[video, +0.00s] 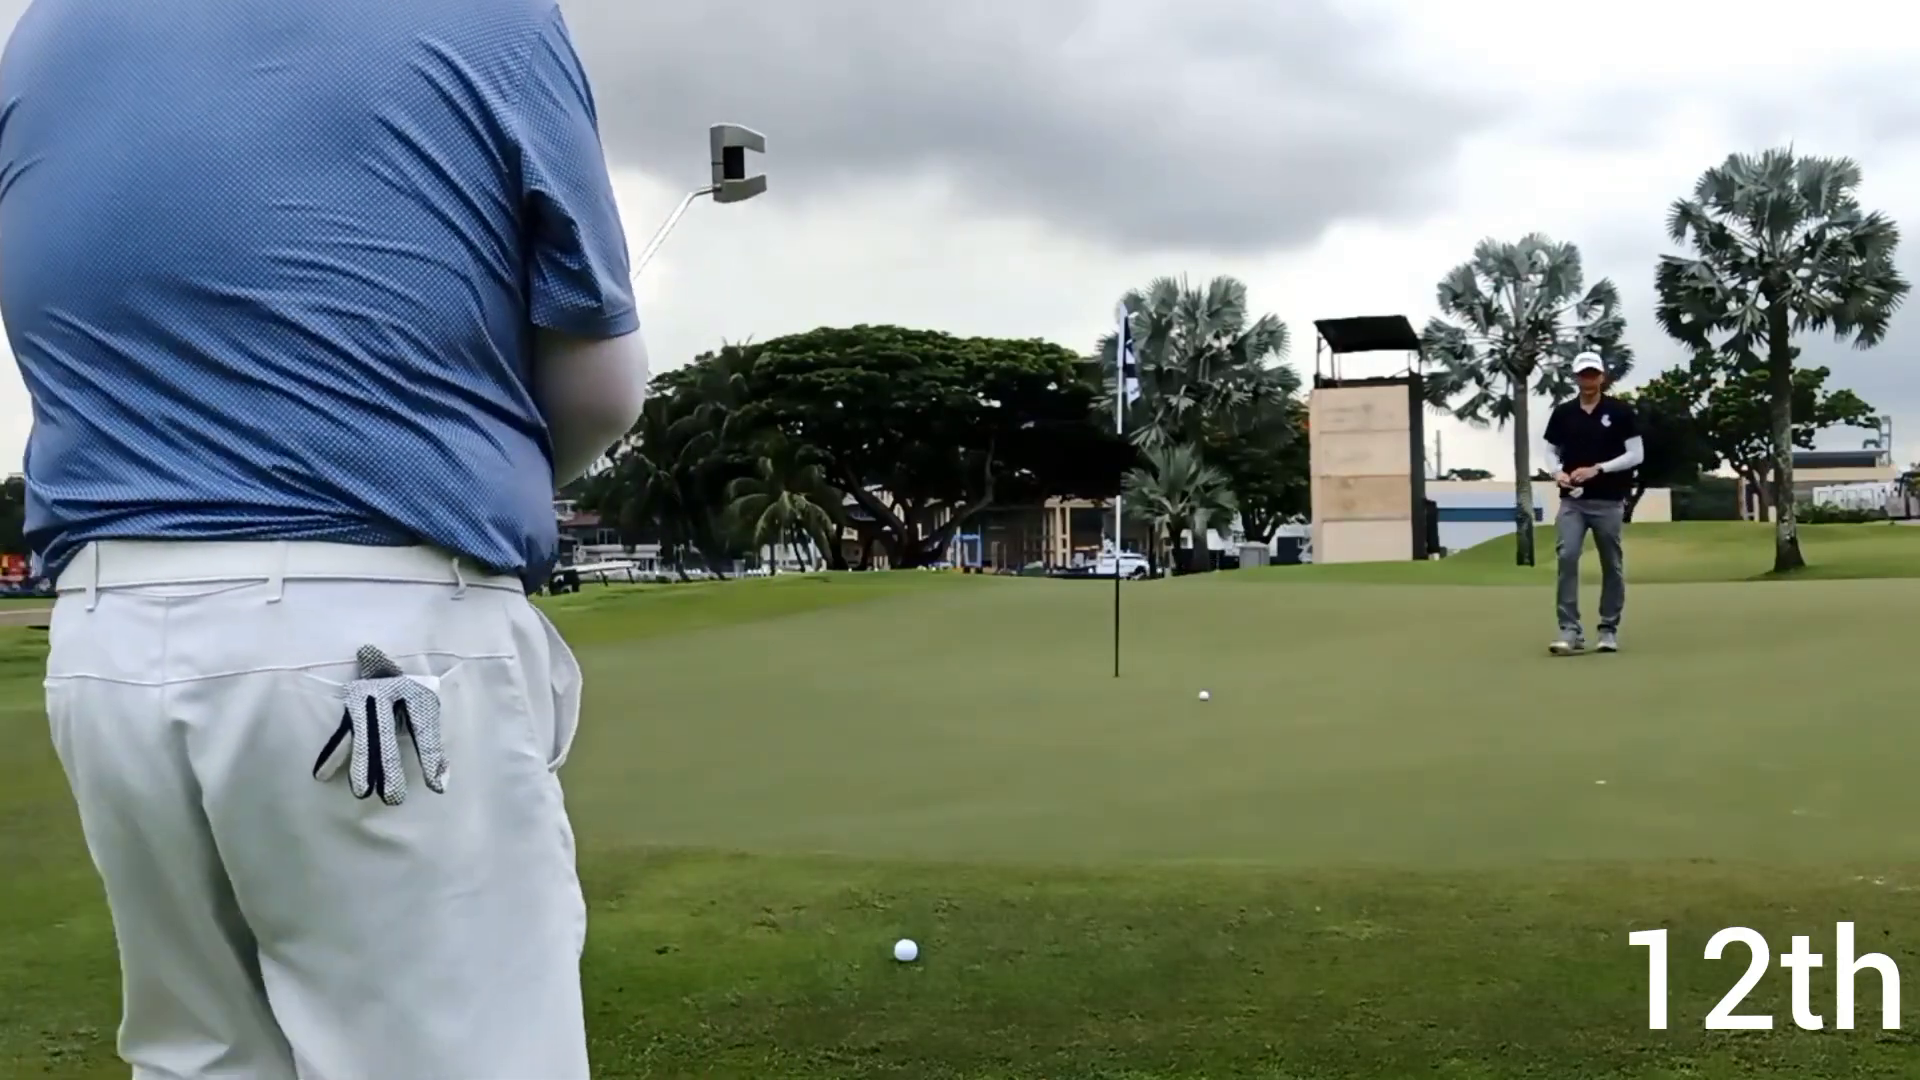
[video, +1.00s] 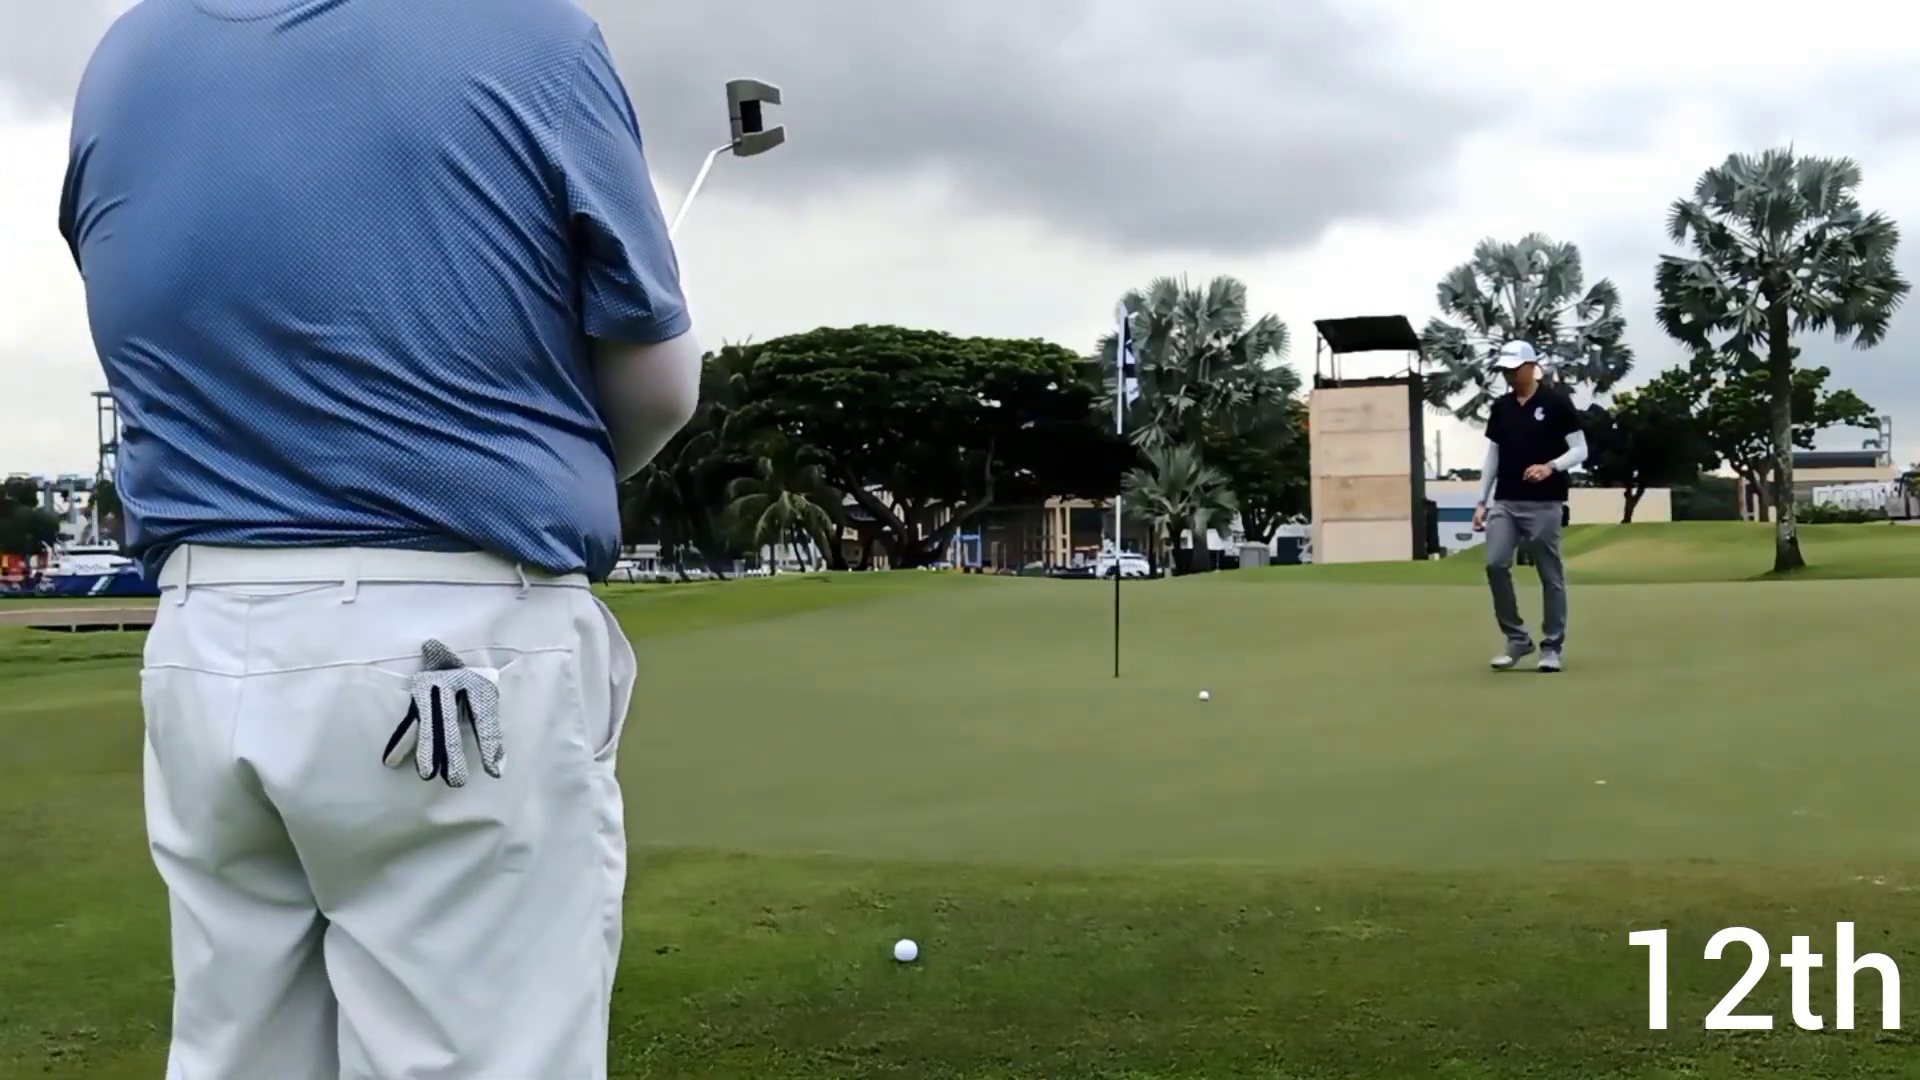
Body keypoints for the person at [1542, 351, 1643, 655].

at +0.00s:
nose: (1588, 380)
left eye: (1594, 374)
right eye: (1583, 374)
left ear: (1603, 377)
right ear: (1576, 378)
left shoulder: (1620, 412)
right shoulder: (1563, 413)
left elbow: (1636, 455)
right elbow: (1550, 453)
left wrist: (1597, 468)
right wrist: (1559, 472)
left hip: (1609, 504)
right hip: (1572, 502)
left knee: (1612, 566)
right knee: (1566, 556)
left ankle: (1608, 629)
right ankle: (1569, 630)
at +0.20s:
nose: (1574, 386)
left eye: (1579, 380)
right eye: (1568, 380)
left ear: (1587, 382)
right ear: (1557, 384)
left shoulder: (1605, 418)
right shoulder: (1546, 422)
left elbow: (1621, 462)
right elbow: (1535, 461)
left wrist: (1582, 476)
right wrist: (1540, 478)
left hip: (1596, 511)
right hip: (1558, 511)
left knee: (1606, 570)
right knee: (1559, 572)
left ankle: (1607, 626)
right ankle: (1565, 640)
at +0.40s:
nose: (1557, 378)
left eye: (1561, 372)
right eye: (1551, 374)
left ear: (1571, 374)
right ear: (1543, 378)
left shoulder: (1592, 408)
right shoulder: (1531, 413)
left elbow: (1607, 454)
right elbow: (1517, 451)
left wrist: (1573, 469)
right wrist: (1523, 472)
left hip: (1582, 502)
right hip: (1543, 504)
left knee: (1583, 562)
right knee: (1550, 573)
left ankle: (1593, 624)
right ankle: (1563, 639)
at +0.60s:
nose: (1537, 382)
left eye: (1543, 376)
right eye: (1533, 377)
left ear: (1559, 375)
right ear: (1529, 379)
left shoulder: (1583, 414)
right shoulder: (1520, 416)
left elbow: (1600, 456)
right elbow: (1506, 456)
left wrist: (1585, 476)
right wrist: (1509, 482)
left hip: (1567, 507)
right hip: (1532, 508)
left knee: (1568, 569)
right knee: (1545, 576)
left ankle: (1565, 635)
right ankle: (1563, 636)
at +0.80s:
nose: (1524, 385)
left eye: (1530, 379)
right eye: (1522, 379)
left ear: (1548, 378)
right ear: (1521, 381)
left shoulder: (1573, 417)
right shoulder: (1513, 419)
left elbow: (1595, 461)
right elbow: (1501, 466)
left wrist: (1582, 484)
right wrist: (1494, 503)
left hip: (1557, 508)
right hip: (1521, 511)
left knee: (1553, 571)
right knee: (1522, 578)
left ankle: (1553, 645)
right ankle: (1551, 622)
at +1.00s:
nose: (1508, 376)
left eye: (1514, 369)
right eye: (1505, 370)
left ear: (1532, 367)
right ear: (1504, 371)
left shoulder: (1556, 402)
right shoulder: (1501, 407)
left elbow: (1580, 450)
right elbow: (1492, 455)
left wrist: (1551, 466)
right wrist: (1482, 500)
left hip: (1544, 507)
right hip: (1504, 505)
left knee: (1551, 577)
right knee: (1495, 565)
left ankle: (1552, 647)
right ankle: (1516, 640)